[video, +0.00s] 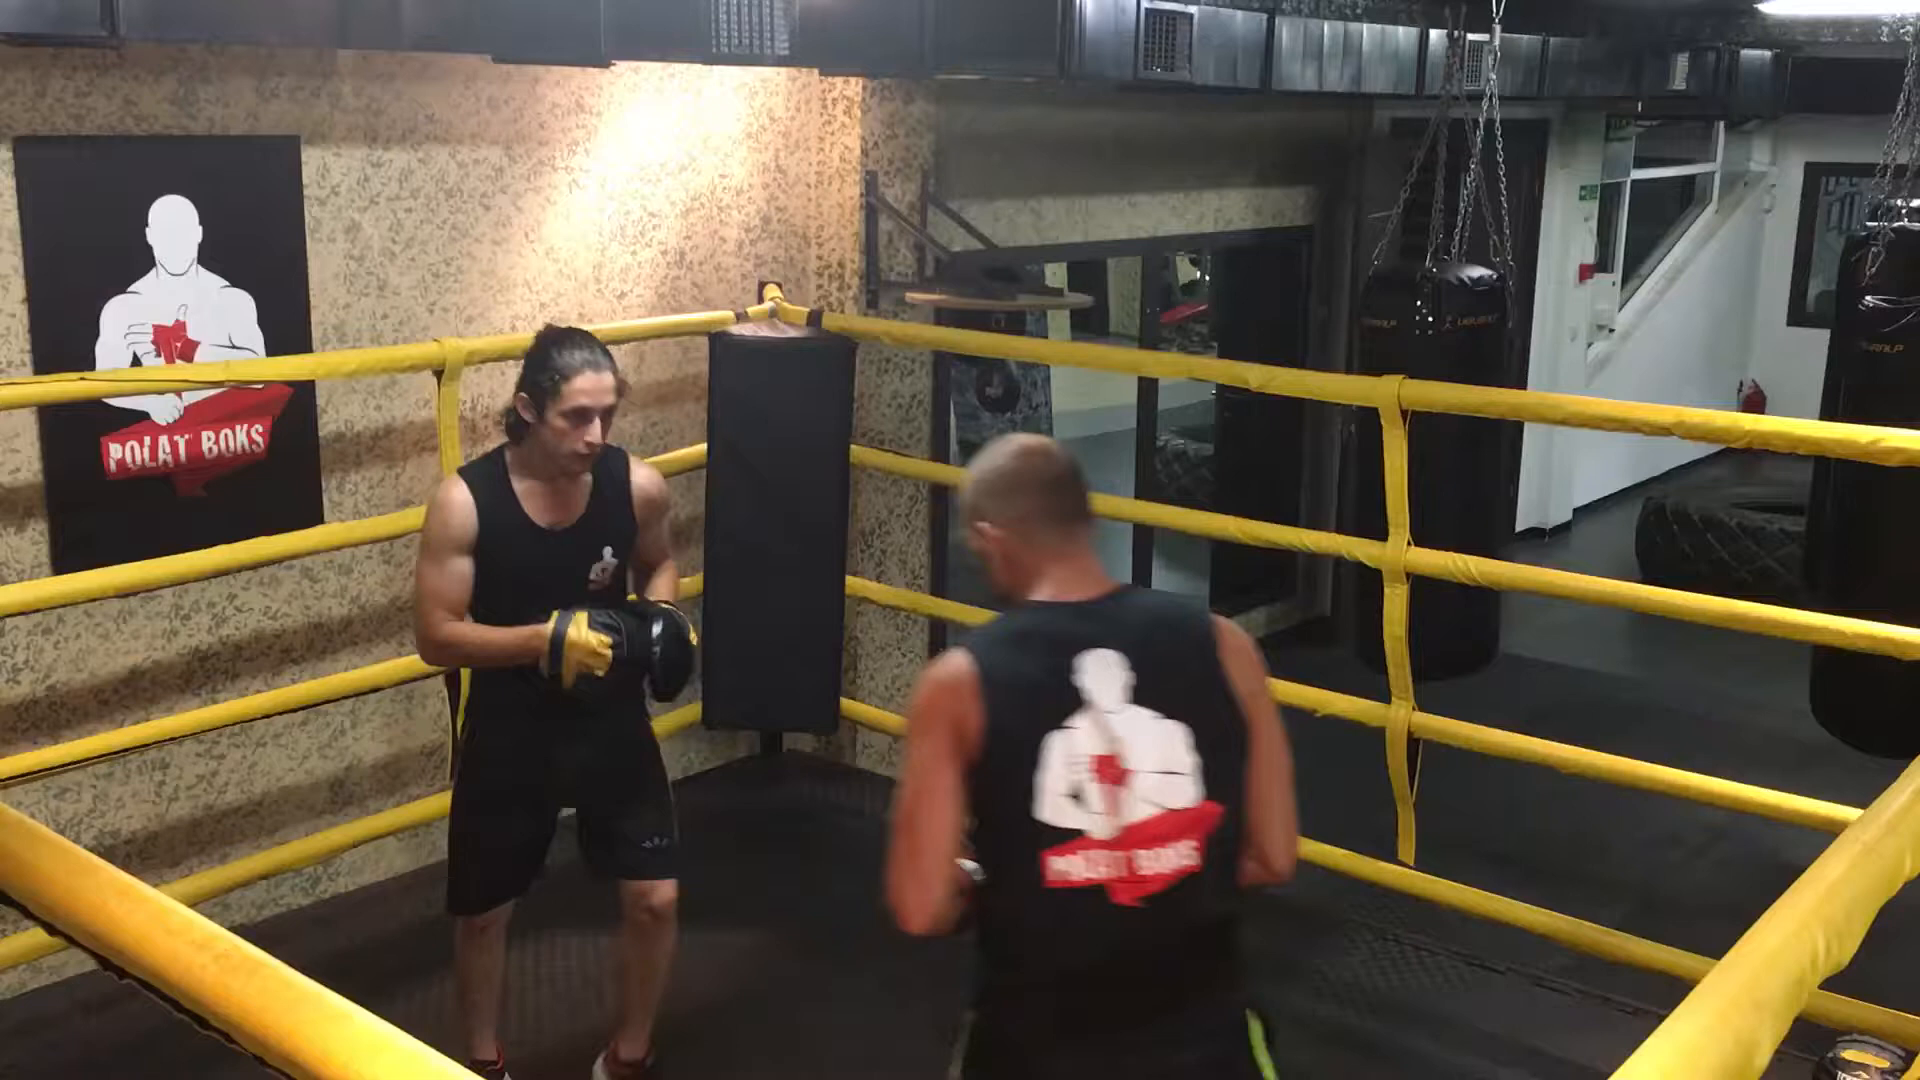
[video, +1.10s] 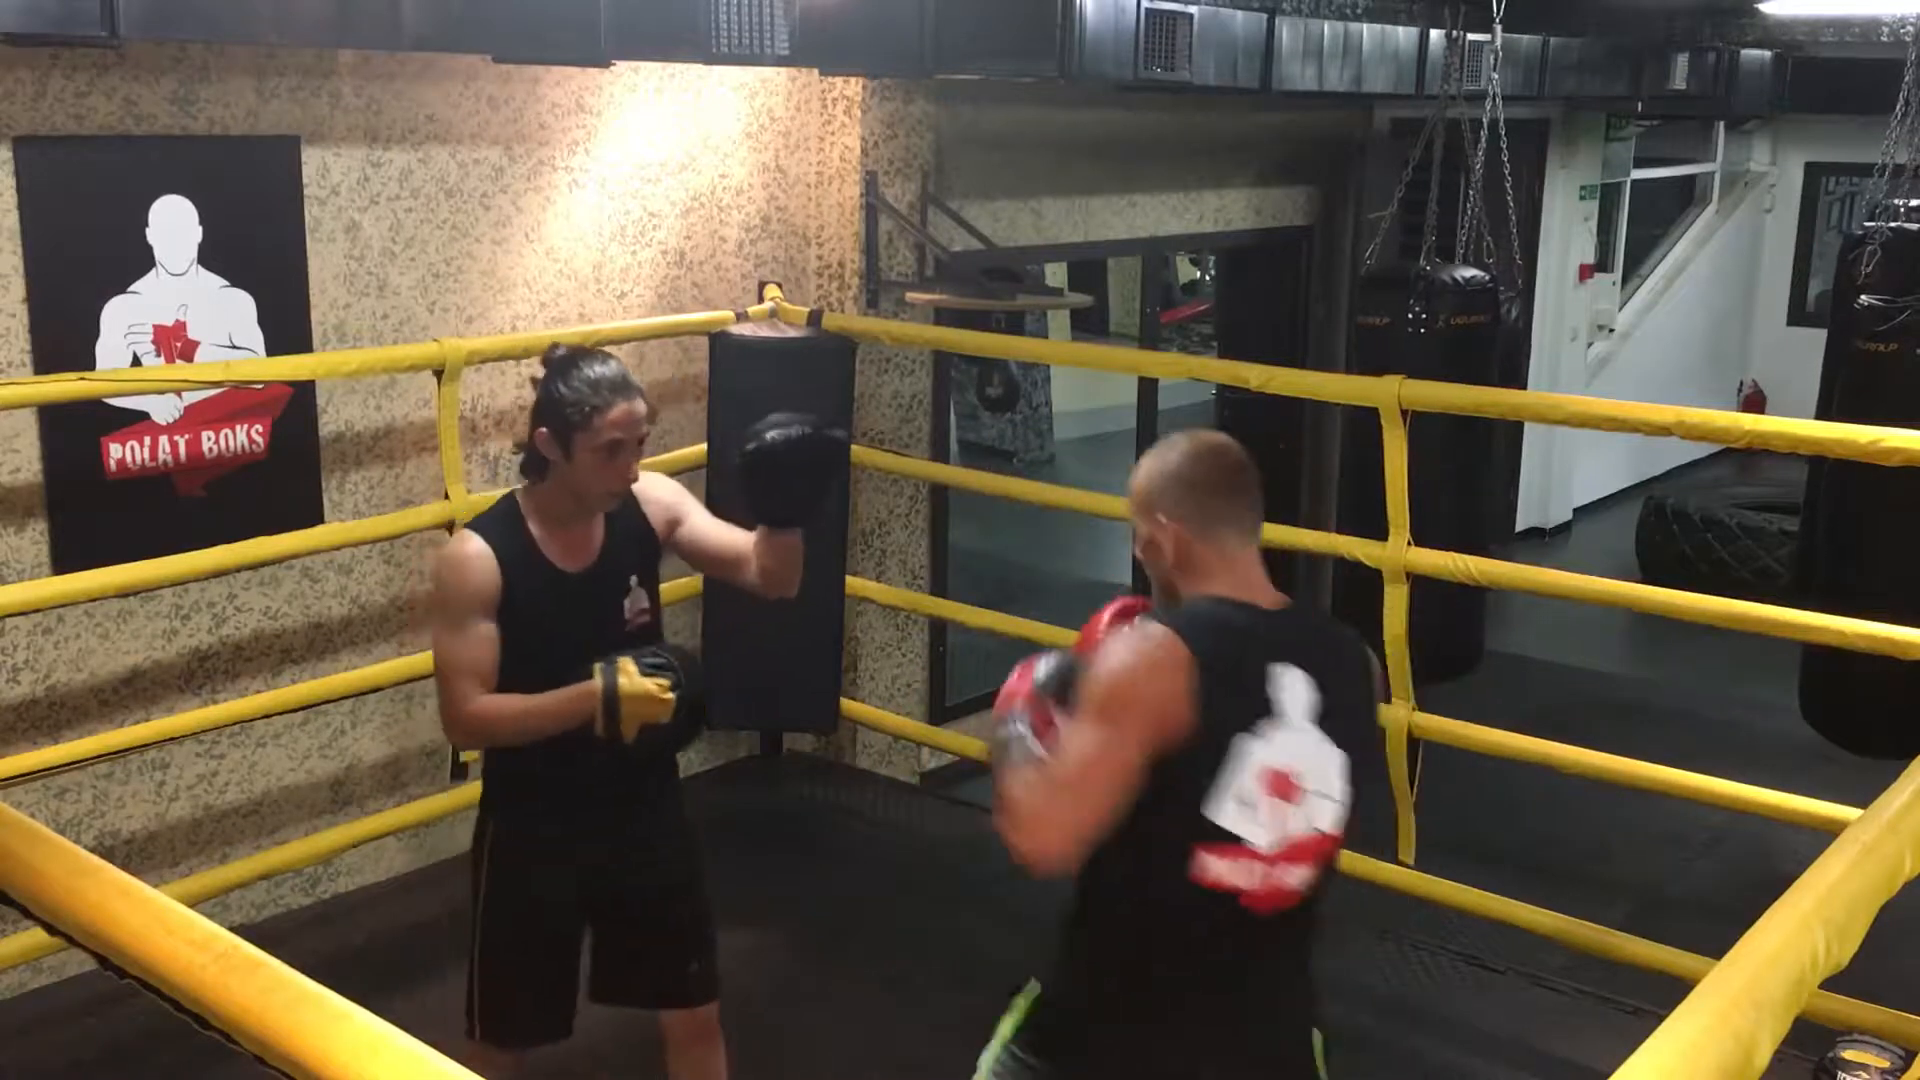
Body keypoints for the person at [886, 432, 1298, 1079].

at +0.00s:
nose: (979, 562)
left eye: (975, 547)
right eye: (975, 549)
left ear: (992, 540)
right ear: (1086, 515)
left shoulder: (961, 681)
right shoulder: (1224, 647)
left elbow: (920, 908)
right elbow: (1273, 857)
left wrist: (996, 871)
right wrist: (1152, 853)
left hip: (1038, 1042)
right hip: (1201, 1033)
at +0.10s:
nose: (1029, 578)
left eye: (1022, 561)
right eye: (1022, 563)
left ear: (1040, 552)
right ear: (1130, 525)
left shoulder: (1019, 691)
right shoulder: (1271, 658)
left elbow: (983, 917)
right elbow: (1308, 863)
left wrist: (958, 858)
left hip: (1084, 1045)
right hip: (1244, 1037)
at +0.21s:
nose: (1089, 592)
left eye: (1084, 571)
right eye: (1080, 573)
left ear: (1110, 560)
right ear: (1196, 539)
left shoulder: (1116, 697)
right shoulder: (1333, 669)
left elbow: (1100, 923)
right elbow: (1355, 839)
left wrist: (1019, 869)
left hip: (1152, 1047)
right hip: (1306, 1043)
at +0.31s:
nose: (1130, 556)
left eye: (1125, 535)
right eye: (1122, 537)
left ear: (1156, 527)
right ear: (1237, 509)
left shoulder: (1166, 660)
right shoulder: (1363, 632)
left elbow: (1169, 886)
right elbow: (1381, 801)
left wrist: (1075, 819)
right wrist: (1146, 781)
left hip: (1191, 1020)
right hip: (1336, 1015)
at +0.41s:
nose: (1149, 523)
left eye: (1150, 505)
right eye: (1144, 504)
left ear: (1184, 504)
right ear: (1268, 483)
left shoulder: (1185, 637)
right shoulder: (1398, 601)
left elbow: (1171, 857)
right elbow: (1414, 780)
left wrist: (1083, 773)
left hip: (1211, 1006)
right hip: (1361, 1001)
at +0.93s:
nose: (1185, 551)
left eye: (1184, 532)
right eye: (1179, 534)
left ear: (1219, 529)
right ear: (1301, 512)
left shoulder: (1198, 659)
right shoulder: (1420, 645)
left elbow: (1116, 864)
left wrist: (1049, 745)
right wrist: (1198, 662)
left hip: (1195, 1027)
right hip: (1352, 1029)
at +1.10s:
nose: (1140, 553)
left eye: (1139, 533)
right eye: (1136, 532)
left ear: (1165, 535)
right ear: (1251, 524)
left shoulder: (1152, 657)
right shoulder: (1344, 659)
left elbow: (1044, 837)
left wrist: (1014, 722)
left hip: (1107, 1023)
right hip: (1267, 1030)